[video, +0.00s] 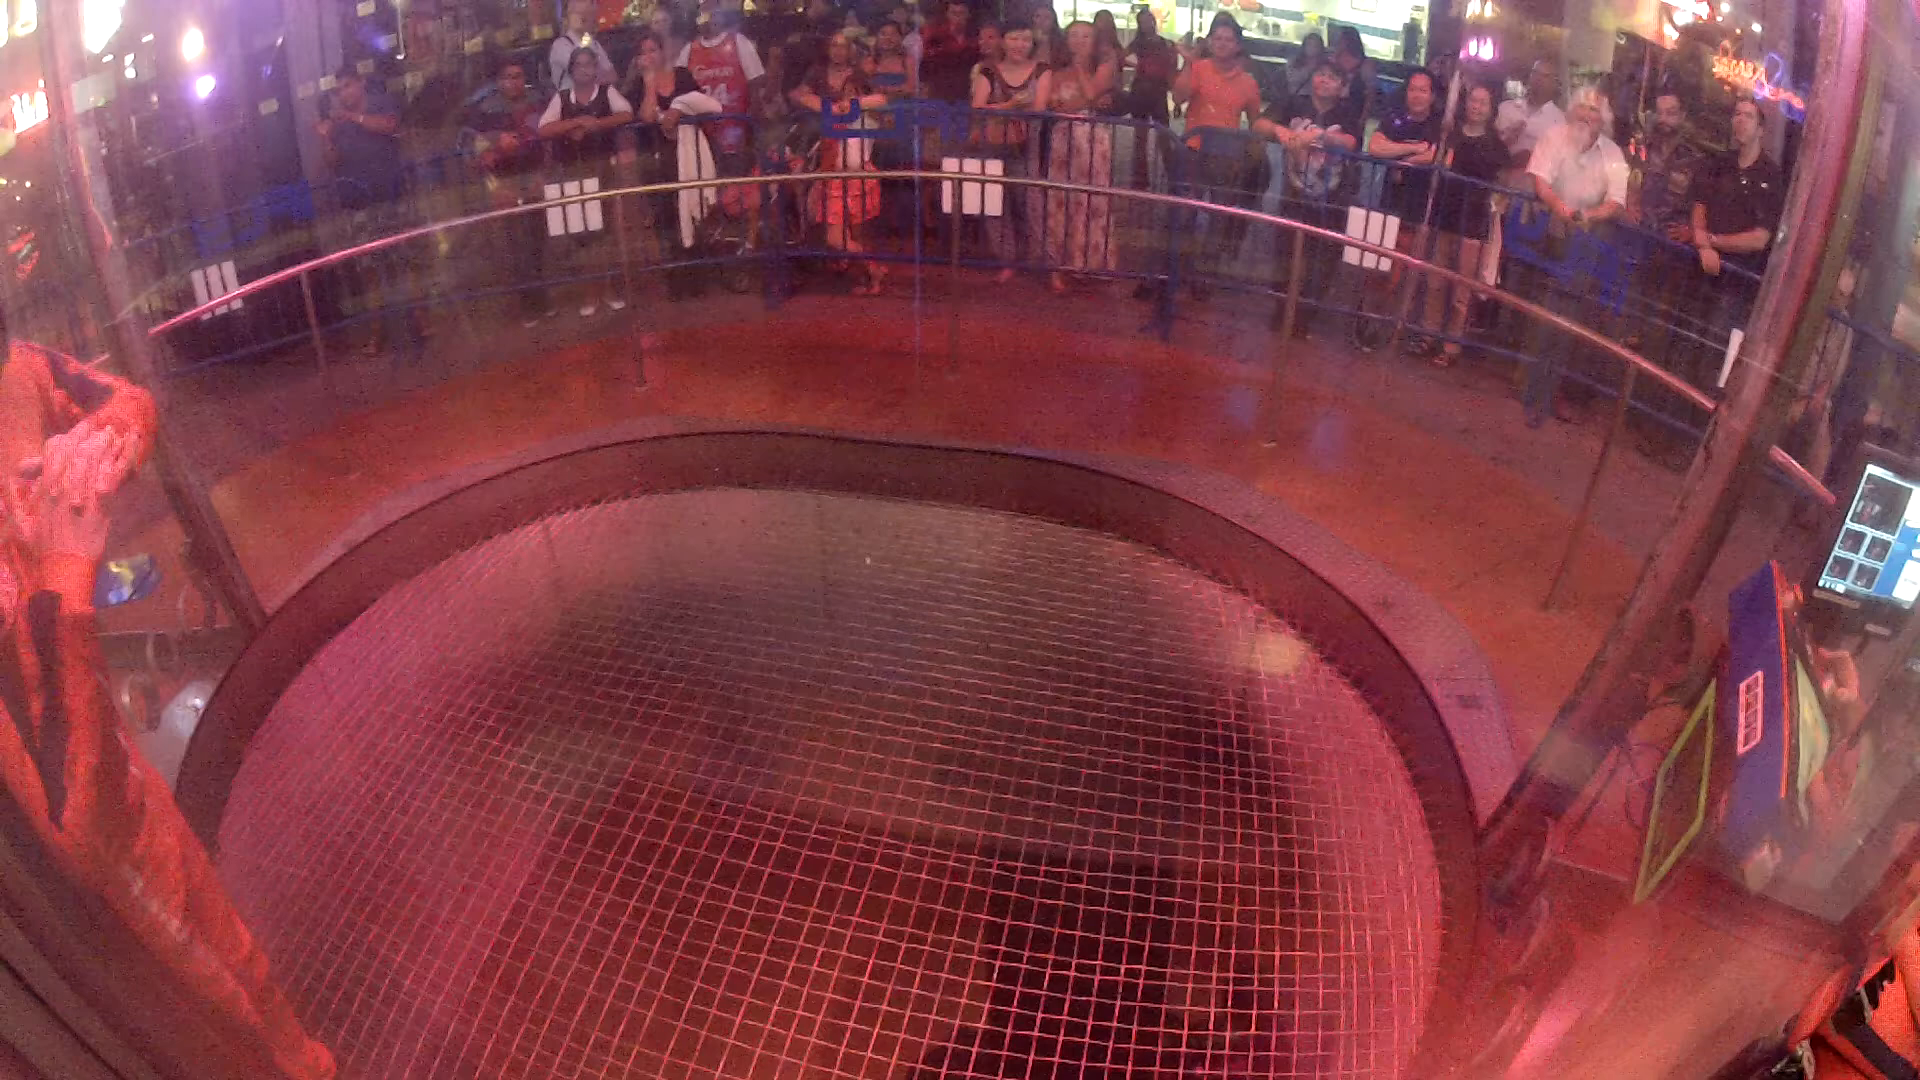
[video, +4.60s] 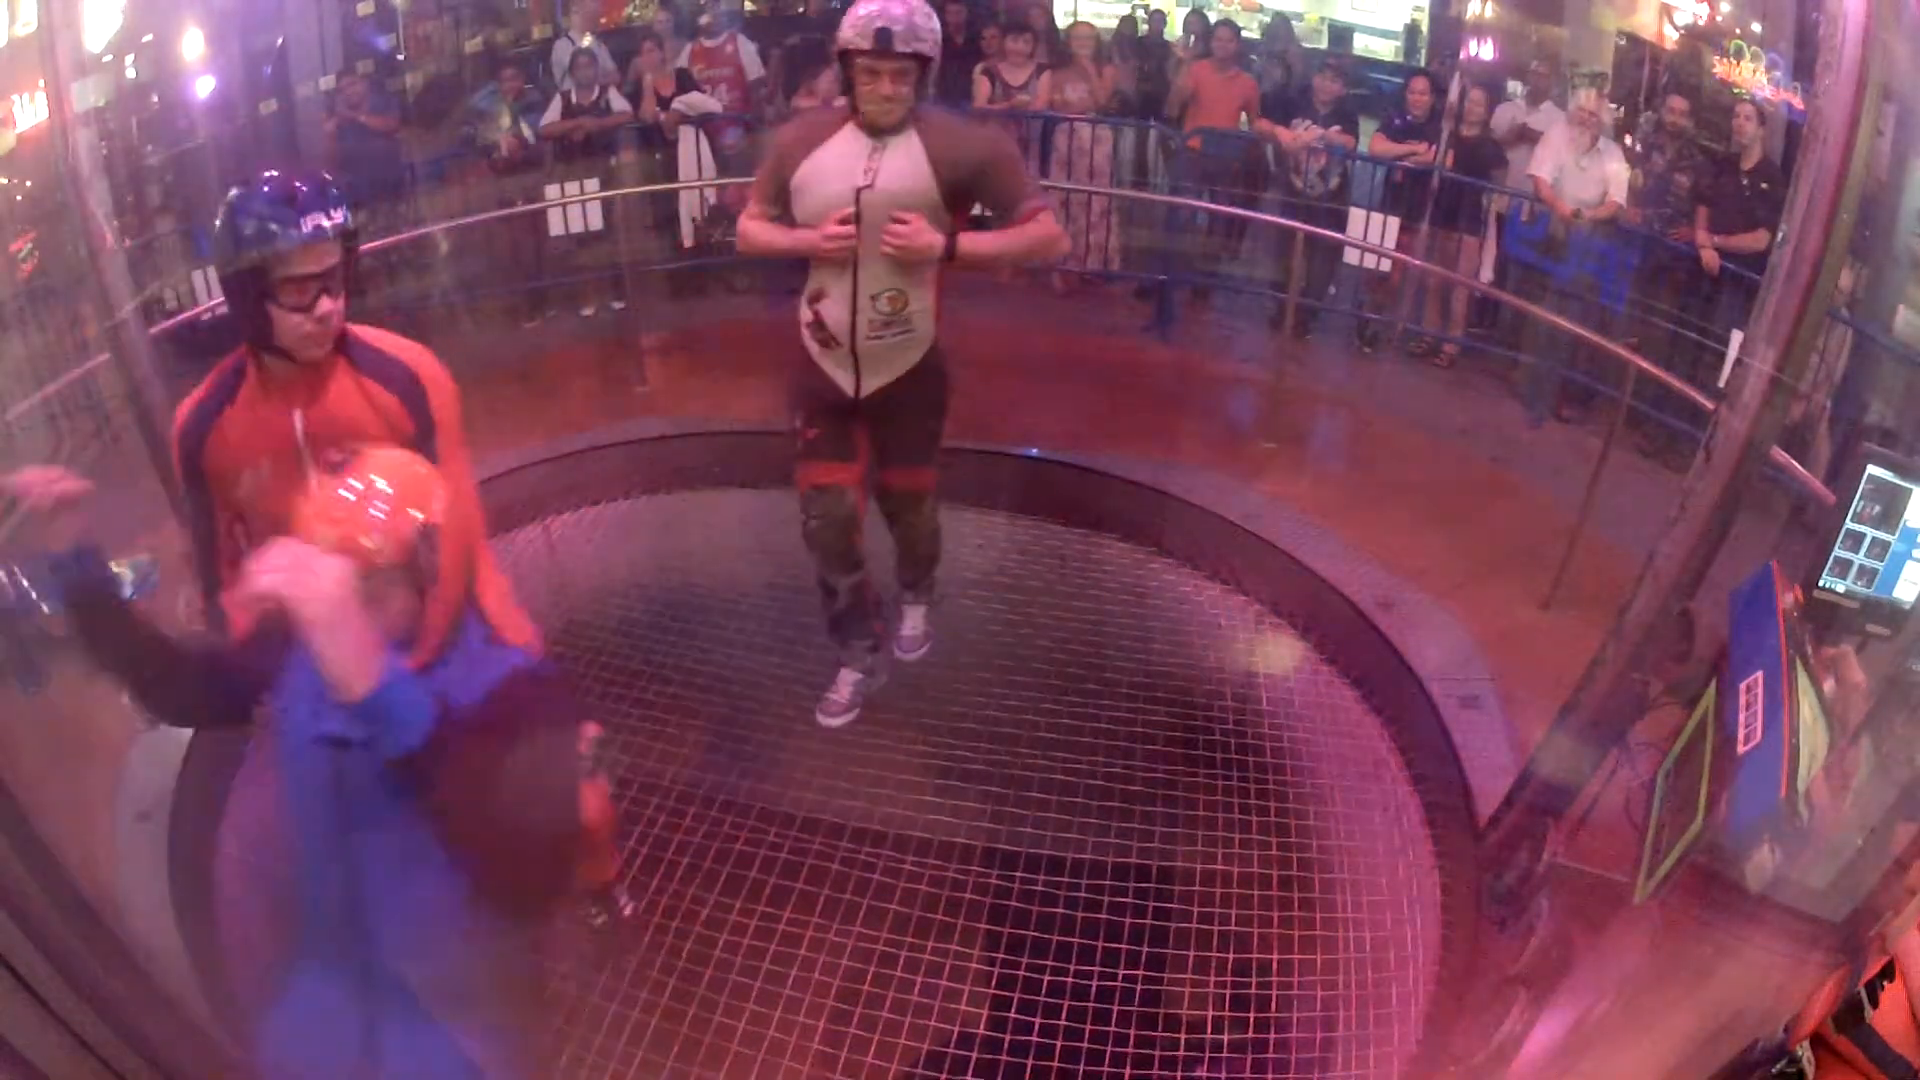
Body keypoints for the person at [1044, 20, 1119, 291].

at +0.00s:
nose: (1079, 41)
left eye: (1085, 36)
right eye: (1074, 36)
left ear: (1095, 41)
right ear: (1066, 41)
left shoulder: (1104, 67)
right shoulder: (1059, 73)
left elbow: (1092, 94)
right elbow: (1049, 105)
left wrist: (1080, 66)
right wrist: (1080, 103)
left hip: (1091, 139)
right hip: (1062, 138)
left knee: (1090, 201)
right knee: (1061, 200)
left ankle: (1089, 265)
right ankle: (1059, 265)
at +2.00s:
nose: (1075, 40)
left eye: (1081, 36)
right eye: (1070, 36)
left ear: (1088, 40)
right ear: (1061, 40)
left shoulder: (1099, 66)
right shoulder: (1051, 74)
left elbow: (1090, 94)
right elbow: (1038, 108)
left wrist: (1074, 63)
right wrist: (1069, 106)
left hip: (1088, 137)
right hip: (1060, 136)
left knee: (1086, 200)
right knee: (1057, 199)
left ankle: (1084, 263)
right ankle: (1057, 264)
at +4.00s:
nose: (1078, 44)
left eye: (1084, 39)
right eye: (1072, 39)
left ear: (1092, 42)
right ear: (1064, 42)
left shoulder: (1100, 70)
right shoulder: (1055, 75)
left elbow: (1098, 99)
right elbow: (1039, 107)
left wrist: (1086, 67)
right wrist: (1066, 109)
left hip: (1091, 139)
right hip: (1062, 138)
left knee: (1088, 200)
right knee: (1060, 200)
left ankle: (1084, 264)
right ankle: (1060, 264)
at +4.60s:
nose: (1082, 44)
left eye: (1088, 39)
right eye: (1076, 39)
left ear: (1096, 42)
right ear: (1068, 42)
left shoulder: (1106, 70)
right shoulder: (1058, 73)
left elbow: (1102, 100)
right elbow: (1046, 105)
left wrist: (1089, 69)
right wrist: (1070, 107)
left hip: (1095, 138)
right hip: (1065, 136)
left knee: (1094, 200)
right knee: (1064, 198)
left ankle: (1093, 263)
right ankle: (1063, 263)